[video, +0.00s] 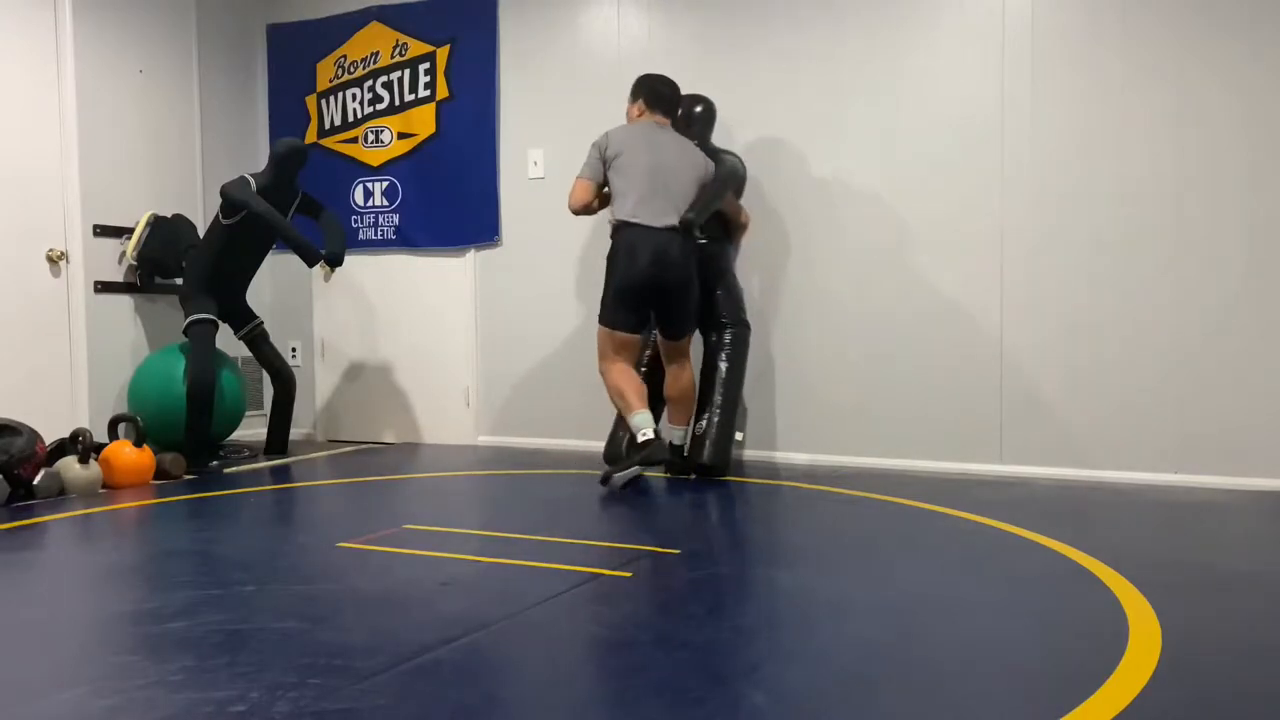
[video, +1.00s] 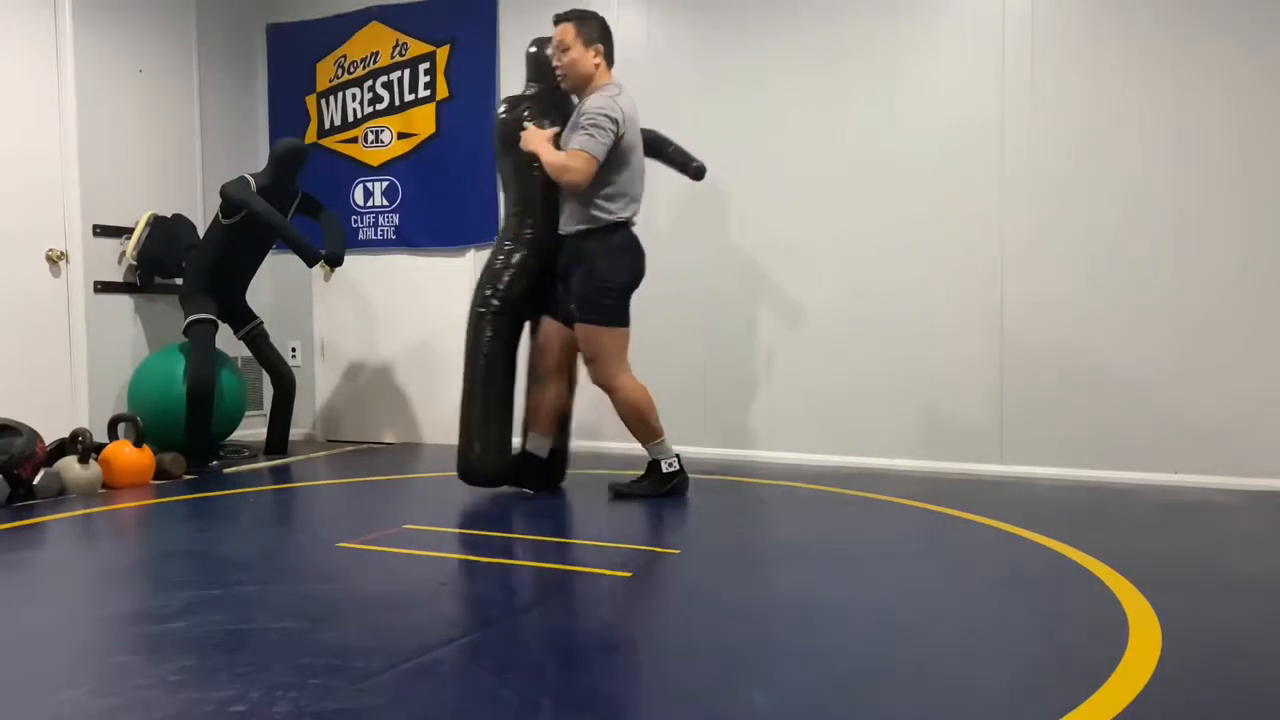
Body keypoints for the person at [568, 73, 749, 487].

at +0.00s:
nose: (628, 112)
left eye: (630, 106)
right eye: (630, 106)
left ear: (637, 107)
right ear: (675, 113)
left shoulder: (613, 139)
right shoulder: (699, 158)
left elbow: (579, 202)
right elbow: (738, 217)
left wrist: (612, 194)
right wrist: (730, 244)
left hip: (632, 255)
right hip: (680, 259)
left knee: (616, 356)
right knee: (677, 356)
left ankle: (646, 437)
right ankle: (677, 453)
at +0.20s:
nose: (610, 94)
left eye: (614, 86)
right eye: (612, 85)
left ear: (632, 89)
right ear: (658, 92)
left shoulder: (609, 130)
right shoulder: (693, 139)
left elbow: (578, 201)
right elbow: (729, 202)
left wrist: (608, 178)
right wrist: (702, 226)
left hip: (640, 254)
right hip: (688, 255)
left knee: (614, 363)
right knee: (677, 359)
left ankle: (665, 456)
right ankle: (677, 460)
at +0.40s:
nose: (598, 74)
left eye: (605, 64)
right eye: (600, 64)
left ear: (634, 69)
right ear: (641, 71)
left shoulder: (612, 121)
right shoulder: (686, 123)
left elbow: (578, 194)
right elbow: (706, 193)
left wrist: (601, 162)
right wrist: (669, 202)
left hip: (640, 254)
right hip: (684, 254)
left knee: (619, 367)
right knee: (671, 365)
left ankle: (665, 463)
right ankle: (675, 464)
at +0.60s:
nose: (592, 56)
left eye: (600, 45)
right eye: (592, 46)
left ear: (633, 53)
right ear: (632, 55)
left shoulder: (619, 112)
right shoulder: (664, 105)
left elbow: (586, 186)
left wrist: (574, 151)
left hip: (641, 244)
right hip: (670, 239)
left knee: (624, 362)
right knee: (635, 359)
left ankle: (667, 469)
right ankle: (662, 463)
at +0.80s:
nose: (579, 52)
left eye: (587, 42)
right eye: (578, 43)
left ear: (620, 47)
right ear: (619, 50)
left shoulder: (615, 105)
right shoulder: (640, 96)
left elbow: (585, 179)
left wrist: (562, 147)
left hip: (632, 242)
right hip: (644, 237)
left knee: (634, 364)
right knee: (588, 333)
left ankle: (670, 466)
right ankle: (579, 446)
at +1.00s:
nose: (555, 61)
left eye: (563, 50)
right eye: (554, 52)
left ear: (596, 53)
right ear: (591, 56)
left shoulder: (602, 105)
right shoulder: (602, 102)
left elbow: (576, 173)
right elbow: (579, 164)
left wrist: (542, 148)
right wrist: (553, 143)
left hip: (603, 248)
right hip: (580, 248)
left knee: (610, 372)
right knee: (549, 360)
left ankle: (667, 465)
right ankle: (535, 464)